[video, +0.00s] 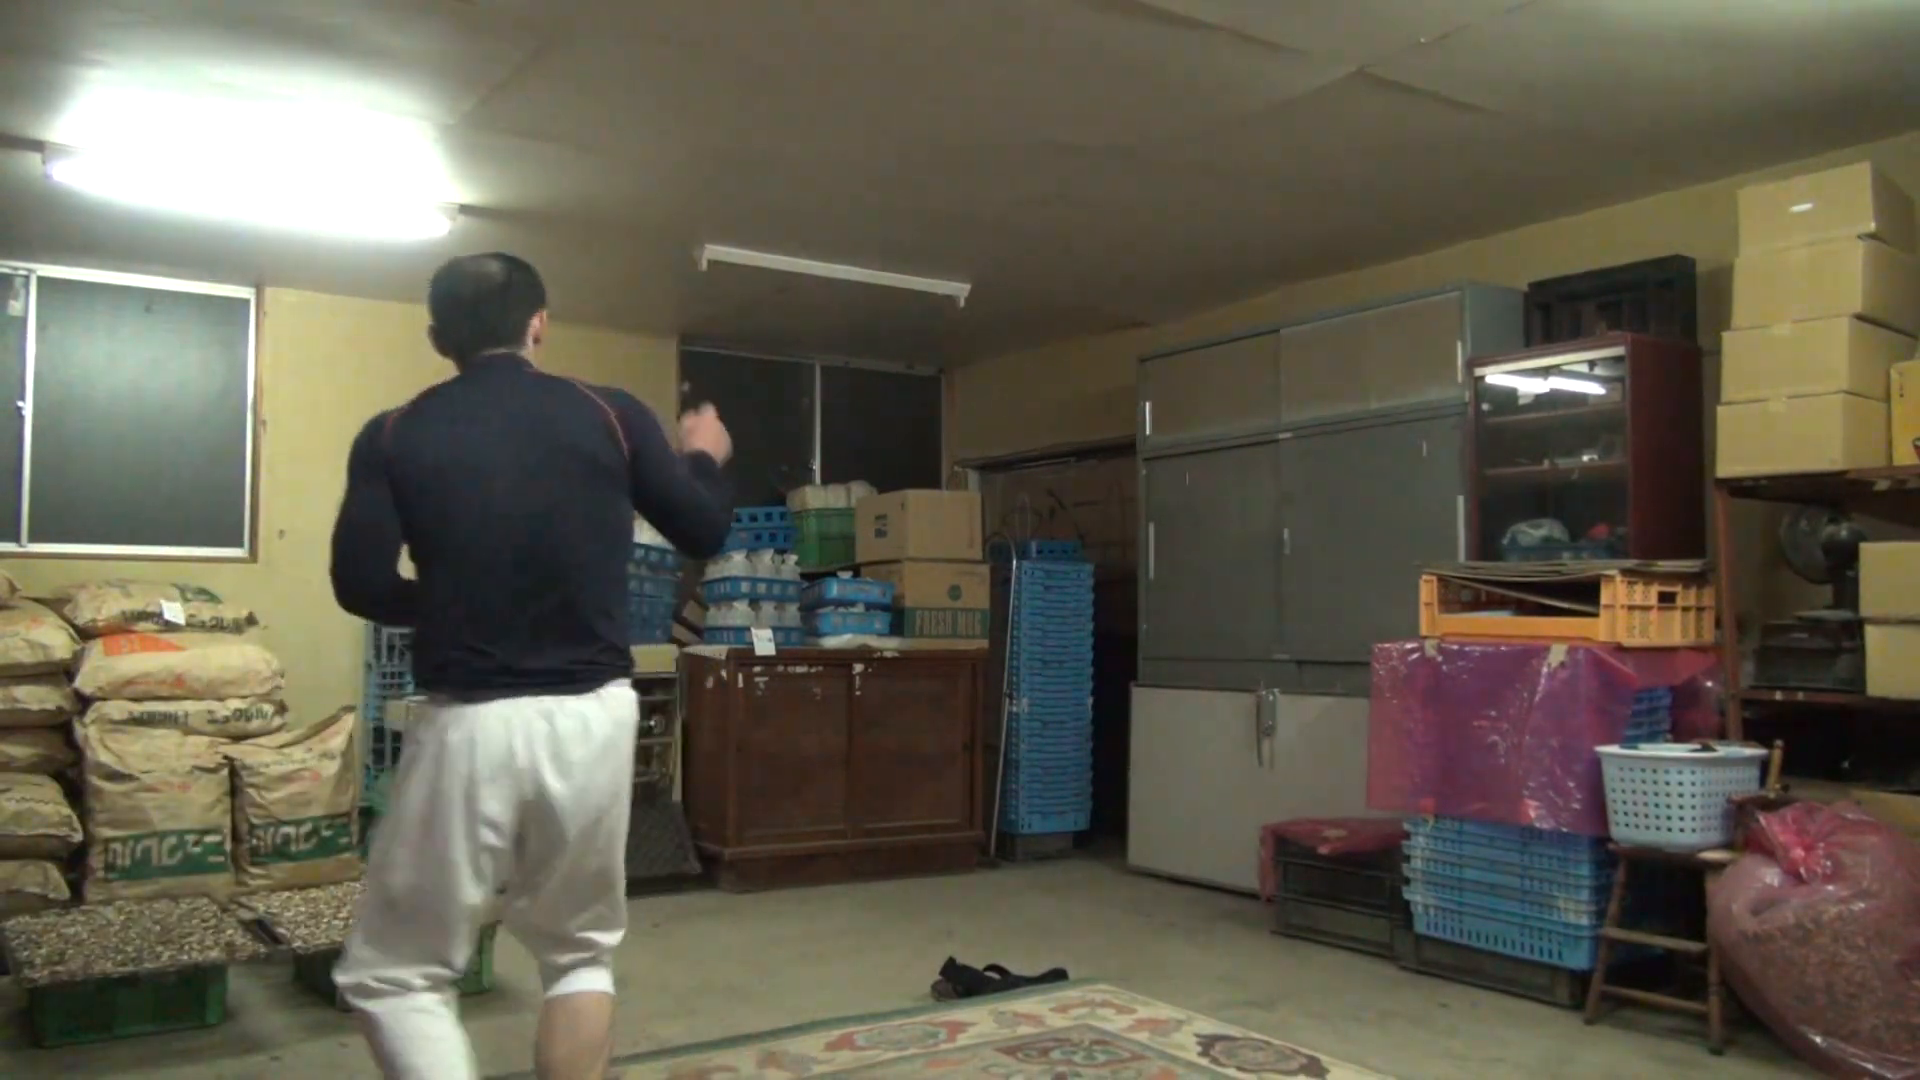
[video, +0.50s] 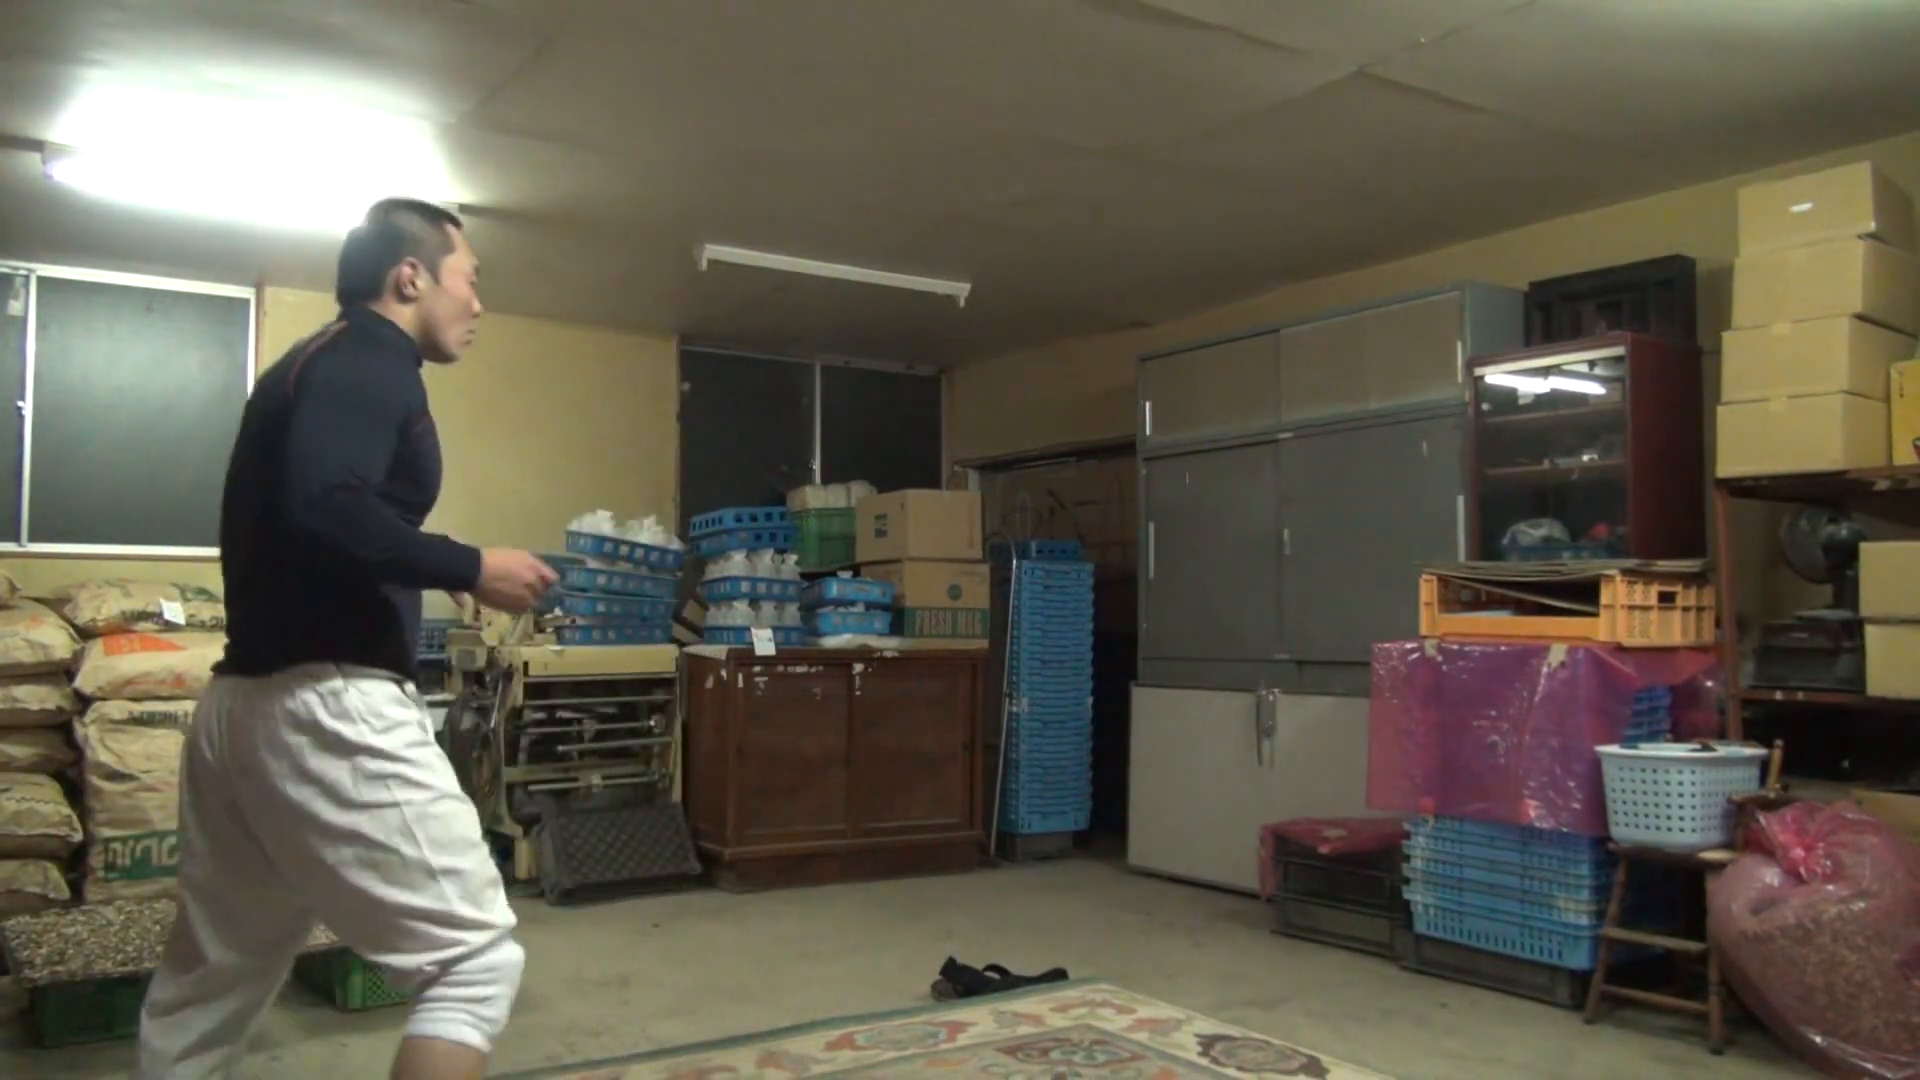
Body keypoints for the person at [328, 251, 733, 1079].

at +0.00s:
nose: (547, 328)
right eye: (545, 317)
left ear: (439, 338)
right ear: (537, 326)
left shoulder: (393, 436)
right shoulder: (609, 415)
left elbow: (360, 584)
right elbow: (703, 529)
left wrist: (452, 601)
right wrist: (705, 458)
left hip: (466, 729)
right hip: (593, 721)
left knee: (400, 974)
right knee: (580, 952)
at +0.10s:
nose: (548, 323)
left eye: (546, 308)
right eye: (547, 308)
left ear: (446, 311)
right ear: (526, 305)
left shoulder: (367, 404)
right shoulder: (572, 397)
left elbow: (327, 551)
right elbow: (651, 533)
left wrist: (424, 561)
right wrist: (693, 501)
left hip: (415, 713)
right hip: (545, 708)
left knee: (349, 963)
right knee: (571, 951)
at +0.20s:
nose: (537, 320)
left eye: (538, 302)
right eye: (533, 302)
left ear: (435, 302)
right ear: (496, 299)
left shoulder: (343, 394)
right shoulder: (515, 387)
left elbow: (303, 535)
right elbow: (570, 526)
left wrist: (411, 533)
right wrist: (649, 535)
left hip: (357, 710)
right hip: (483, 706)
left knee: (299, 966)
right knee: (551, 961)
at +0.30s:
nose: (518, 331)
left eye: (518, 312)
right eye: (509, 311)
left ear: (437, 314)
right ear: (458, 312)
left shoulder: (326, 404)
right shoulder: (444, 397)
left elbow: (293, 540)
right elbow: (468, 545)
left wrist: (450, 579)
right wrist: (598, 548)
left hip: (288, 723)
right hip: (401, 725)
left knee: (259, 981)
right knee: (518, 962)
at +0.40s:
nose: (496, 328)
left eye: (496, 309)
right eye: (486, 306)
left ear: (414, 309)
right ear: (426, 305)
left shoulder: (317, 393)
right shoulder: (389, 388)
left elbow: (326, 554)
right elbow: (376, 536)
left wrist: (449, 576)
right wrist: (527, 557)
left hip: (250, 727)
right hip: (352, 733)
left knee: (216, 1002)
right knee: (489, 957)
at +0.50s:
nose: (479, 304)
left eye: (477, 282)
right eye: (468, 279)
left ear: (392, 282)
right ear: (408, 278)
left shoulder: (293, 368)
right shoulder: (370, 357)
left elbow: (267, 537)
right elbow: (328, 500)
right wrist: (473, 565)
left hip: (237, 713)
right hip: (338, 717)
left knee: (205, 990)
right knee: (472, 961)